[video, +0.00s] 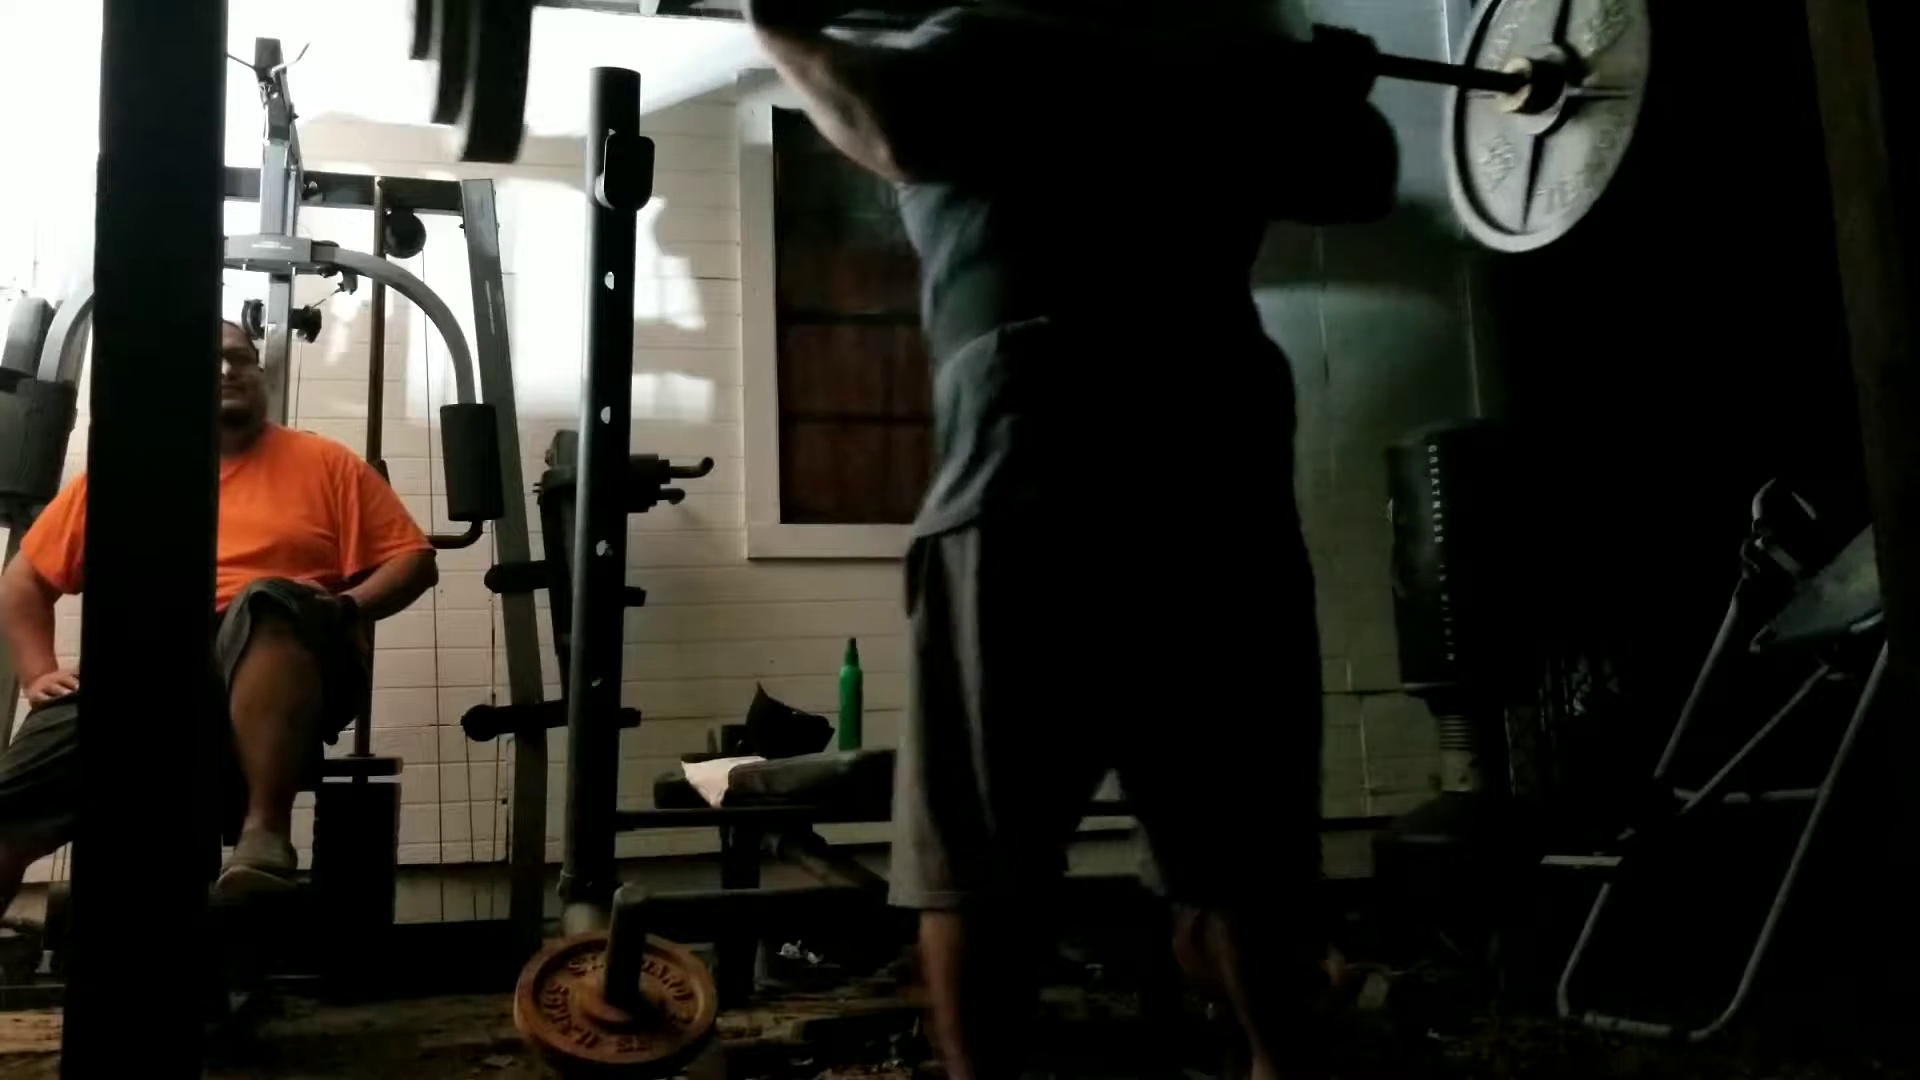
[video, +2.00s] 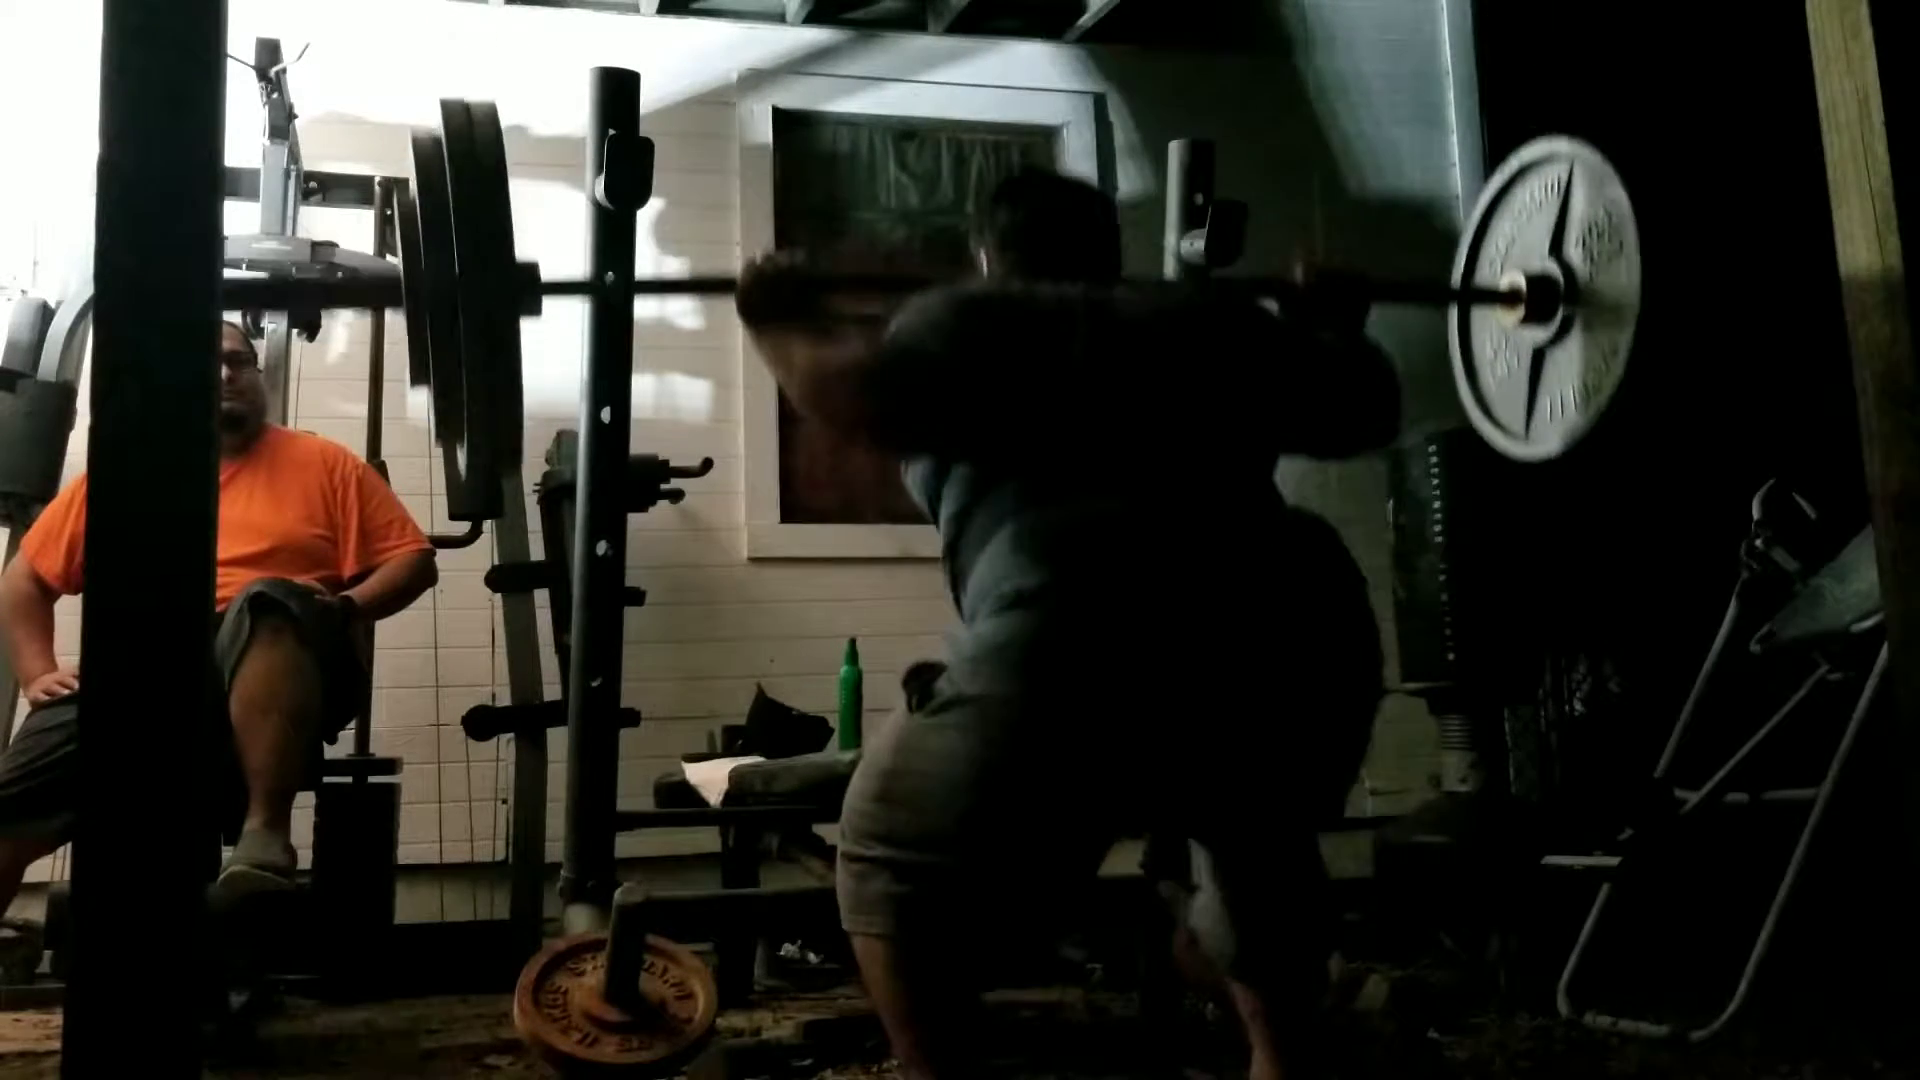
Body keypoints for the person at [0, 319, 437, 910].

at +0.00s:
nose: (228, 370)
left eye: (240, 358)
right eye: (212, 359)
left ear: (263, 374)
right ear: (186, 376)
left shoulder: (325, 464)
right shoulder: (133, 466)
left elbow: (415, 559)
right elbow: (25, 575)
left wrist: (349, 603)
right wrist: (37, 671)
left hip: (290, 670)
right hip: (147, 668)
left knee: (274, 605)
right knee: (11, 809)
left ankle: (265, 829)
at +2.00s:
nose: (227, 375)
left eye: (239, 362)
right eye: (210, 362)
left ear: (263, 378)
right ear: (185, 379)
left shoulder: (324, 464)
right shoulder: (132, 467)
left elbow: (414, 558)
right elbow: (24, 576)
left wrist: (347, 604)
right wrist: (36, 672)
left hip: (284, 668)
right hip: (143, 665)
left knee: (273, 604)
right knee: (13, 804)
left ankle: (266, 830)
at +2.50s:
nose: (226, 374)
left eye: (238, 362)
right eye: (210, 363)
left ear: (262, 376)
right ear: (185, 378)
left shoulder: (329, 464)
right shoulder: (131, 467)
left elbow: (408, 563)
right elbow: (24, 576)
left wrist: (347, 604)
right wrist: (37, 671)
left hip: (289, 666)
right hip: (147, 664)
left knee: (271, 604)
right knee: (9, 811)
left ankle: (265, 831)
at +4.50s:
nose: (227, 376)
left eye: (239, 363)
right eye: (210, 364)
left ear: (263, 377)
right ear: (185, 381)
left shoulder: (325, 465)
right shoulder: (132, 467)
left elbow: (414, 560)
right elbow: (24, 575)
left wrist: (345, 605)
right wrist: (37, 672)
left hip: (286, 666)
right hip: (144, 663)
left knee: (273, 604)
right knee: (11, 808)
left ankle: (266, 829)